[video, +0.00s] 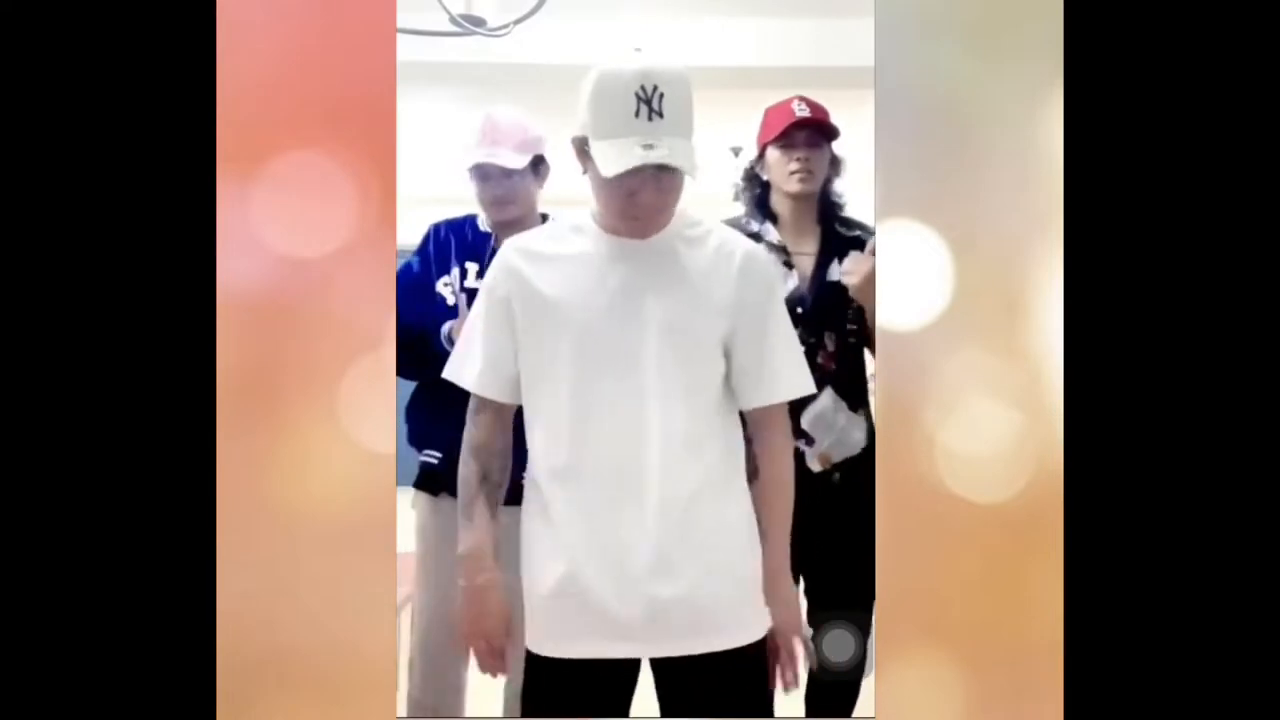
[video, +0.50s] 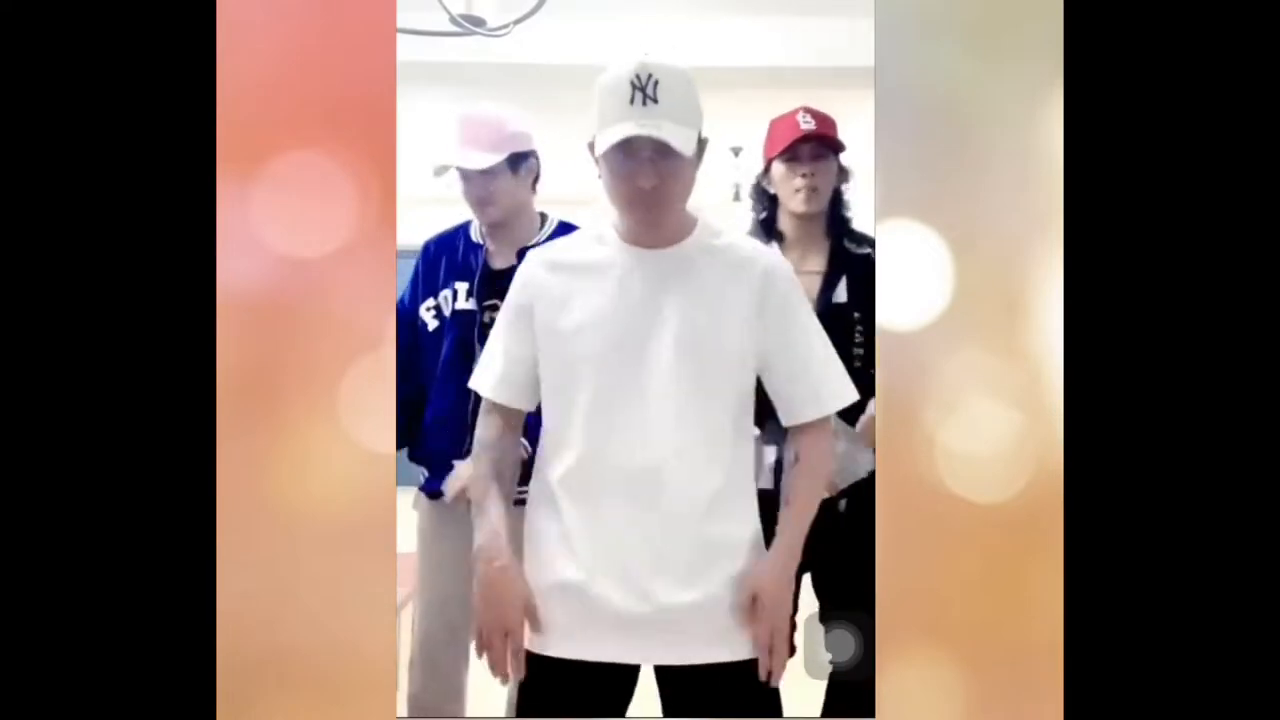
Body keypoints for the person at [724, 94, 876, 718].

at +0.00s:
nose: (803, 159)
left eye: (816, 147)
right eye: (787, 147)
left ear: (831, 160)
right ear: (762, 160)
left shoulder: (863, 247)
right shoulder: (727, 245)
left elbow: (895, 361)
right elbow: (708, 352)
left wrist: (871, 301)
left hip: (850, 462)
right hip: (756, 454)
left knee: (843, 642)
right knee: (748, 624)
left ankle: (826, 718)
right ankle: (750, 713)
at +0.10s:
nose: (799, 169)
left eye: (812, 157)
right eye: (784, 157)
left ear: (829, 170)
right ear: (758, 171)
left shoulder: (861, 260)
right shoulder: (728, 259)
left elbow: (879, 368)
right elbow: (711, 366)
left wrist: (871, 357)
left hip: (847, 468)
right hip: (755, 468)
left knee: (851, 629)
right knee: (758, 626)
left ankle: (827, 719)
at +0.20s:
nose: (796, 171)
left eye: (809, 159)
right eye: (781, 159)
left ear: (826, 173)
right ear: (755, 173)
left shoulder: (860, 264)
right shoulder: (722, 262)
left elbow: (886, 359)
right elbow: (708, 382)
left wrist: (875, 386)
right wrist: (775, 464)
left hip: (842, 473)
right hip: (748, 475)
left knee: (857, 637)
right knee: (748, 631)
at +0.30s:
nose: (797, 162)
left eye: (810, 150)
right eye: (782, 150)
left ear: (827, 163)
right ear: (758, 163)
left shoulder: (858, 249)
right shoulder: (729, 250)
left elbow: (898, 336)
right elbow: (709, 350)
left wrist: (876, 368)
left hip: (842, 451)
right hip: (753, 450)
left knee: (856, 626)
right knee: (748, 612)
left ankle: (836, 718)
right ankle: (764, 719)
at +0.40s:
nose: (801, 160)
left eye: (814, 148)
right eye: (787, 147)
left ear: (832, 160)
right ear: (762, 160)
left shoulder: (864, 248)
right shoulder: (733, 249)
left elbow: (902, 359)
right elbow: (711, 361)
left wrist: (841, 417)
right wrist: (763, 432)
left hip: (845, 461)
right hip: (749, 458)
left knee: (850, 636)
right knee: (748, 624)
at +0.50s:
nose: (807, 173)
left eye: (820, 160)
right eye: (792, 162)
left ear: (839, 173)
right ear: (769, 175)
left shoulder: (872, 263)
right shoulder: (740, 262)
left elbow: (903, 365)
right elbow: (719, 368)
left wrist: (868, 432)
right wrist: (764, 433)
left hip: (851, 480)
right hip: (761, 477)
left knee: (856, 650)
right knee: (758, 643)